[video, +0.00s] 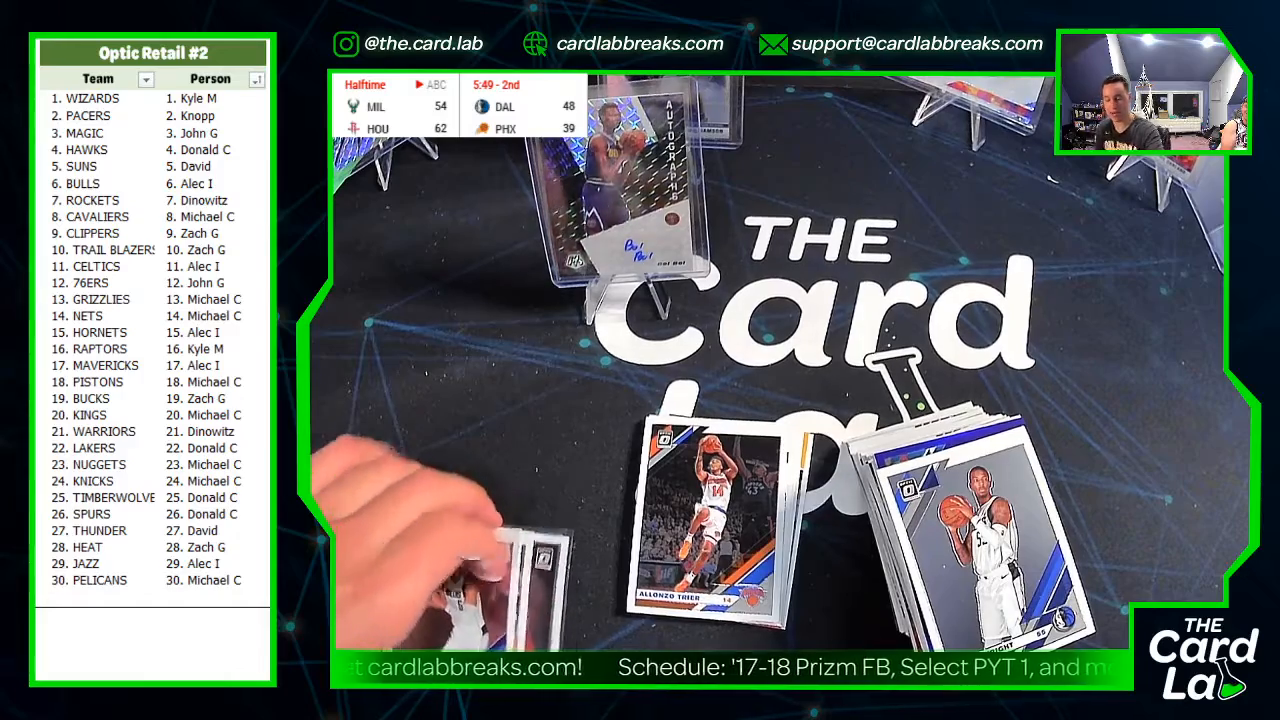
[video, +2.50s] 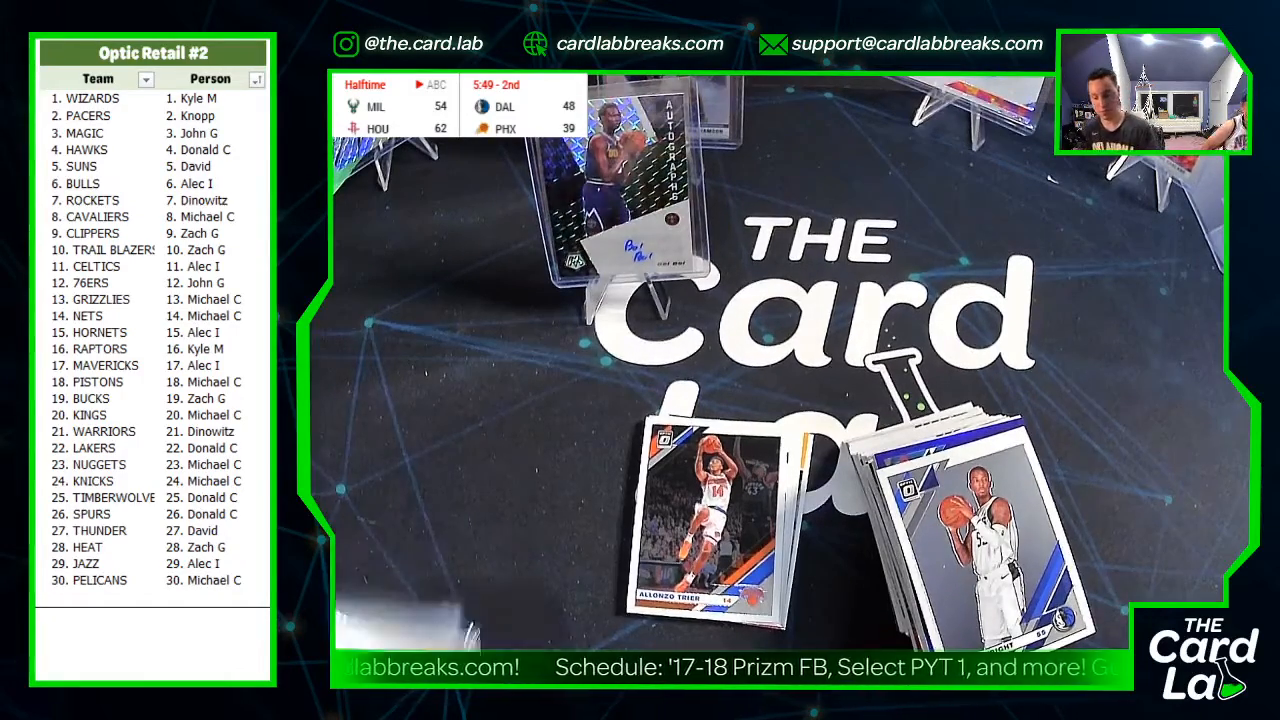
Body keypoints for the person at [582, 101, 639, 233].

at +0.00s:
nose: (615, 118)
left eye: (617, 115)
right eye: (611, 115)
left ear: (620, 118)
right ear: (602, 118)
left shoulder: (617, 142)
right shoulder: (598, 141)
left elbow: (620, 179)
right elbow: (607, 176)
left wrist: (633, 155)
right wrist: (624, 155)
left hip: (612, 189)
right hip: (596, 191)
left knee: (624, 229)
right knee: (598, 236)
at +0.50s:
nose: (617, 118)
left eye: (618, 115)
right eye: (612, 115)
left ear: (620, 117)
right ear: (603, 118)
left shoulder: (617, 142)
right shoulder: (598, 140)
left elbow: (619, 178)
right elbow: (606, 176)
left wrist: (632, 157)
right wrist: (623, 154)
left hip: (611, 188)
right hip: (595, 190)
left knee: (624, 226)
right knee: (598, 234)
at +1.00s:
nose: (618, 118)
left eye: (618, 115)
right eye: (614, 116)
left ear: (620, 117)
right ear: (603, 119)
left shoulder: (616, 141)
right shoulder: (598, 141)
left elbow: (621, 178)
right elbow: (606, 176)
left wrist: (631, 154)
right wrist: (623, 157)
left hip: (611, 188)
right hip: (595, 190)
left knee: (624, 227)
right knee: (599, 234)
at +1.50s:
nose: (617, 118)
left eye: (618, 115)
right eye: (613, 115)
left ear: (620, 117)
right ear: (603, 118)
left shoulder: (616, 142)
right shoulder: (598, 141)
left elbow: (621, 176)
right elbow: (606, 175)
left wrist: (632, 157)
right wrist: (623, 156)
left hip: (611, 187)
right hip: (596, 188)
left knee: (625, 227)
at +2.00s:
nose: (617, 118)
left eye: (618, 115)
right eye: (612, 116)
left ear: (620, 117)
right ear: (603, 119)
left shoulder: (618, 141)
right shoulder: (598, 141)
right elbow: (607, 176)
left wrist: (633, 155)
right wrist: (624, 155)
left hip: (613, 189)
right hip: (597, 191)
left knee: (624, 227)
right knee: (601, 233)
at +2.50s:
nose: (616, 118)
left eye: (617, 115)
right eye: (611, 115)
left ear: (620, 117)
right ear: (602, 119)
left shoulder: (618, 141)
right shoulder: (598, 141)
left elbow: (623, 177)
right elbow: (606, 176)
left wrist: (633, 155)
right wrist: (623, 155)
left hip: (614, 189)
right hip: (596, 191)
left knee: (624, 230)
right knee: (599, 236)